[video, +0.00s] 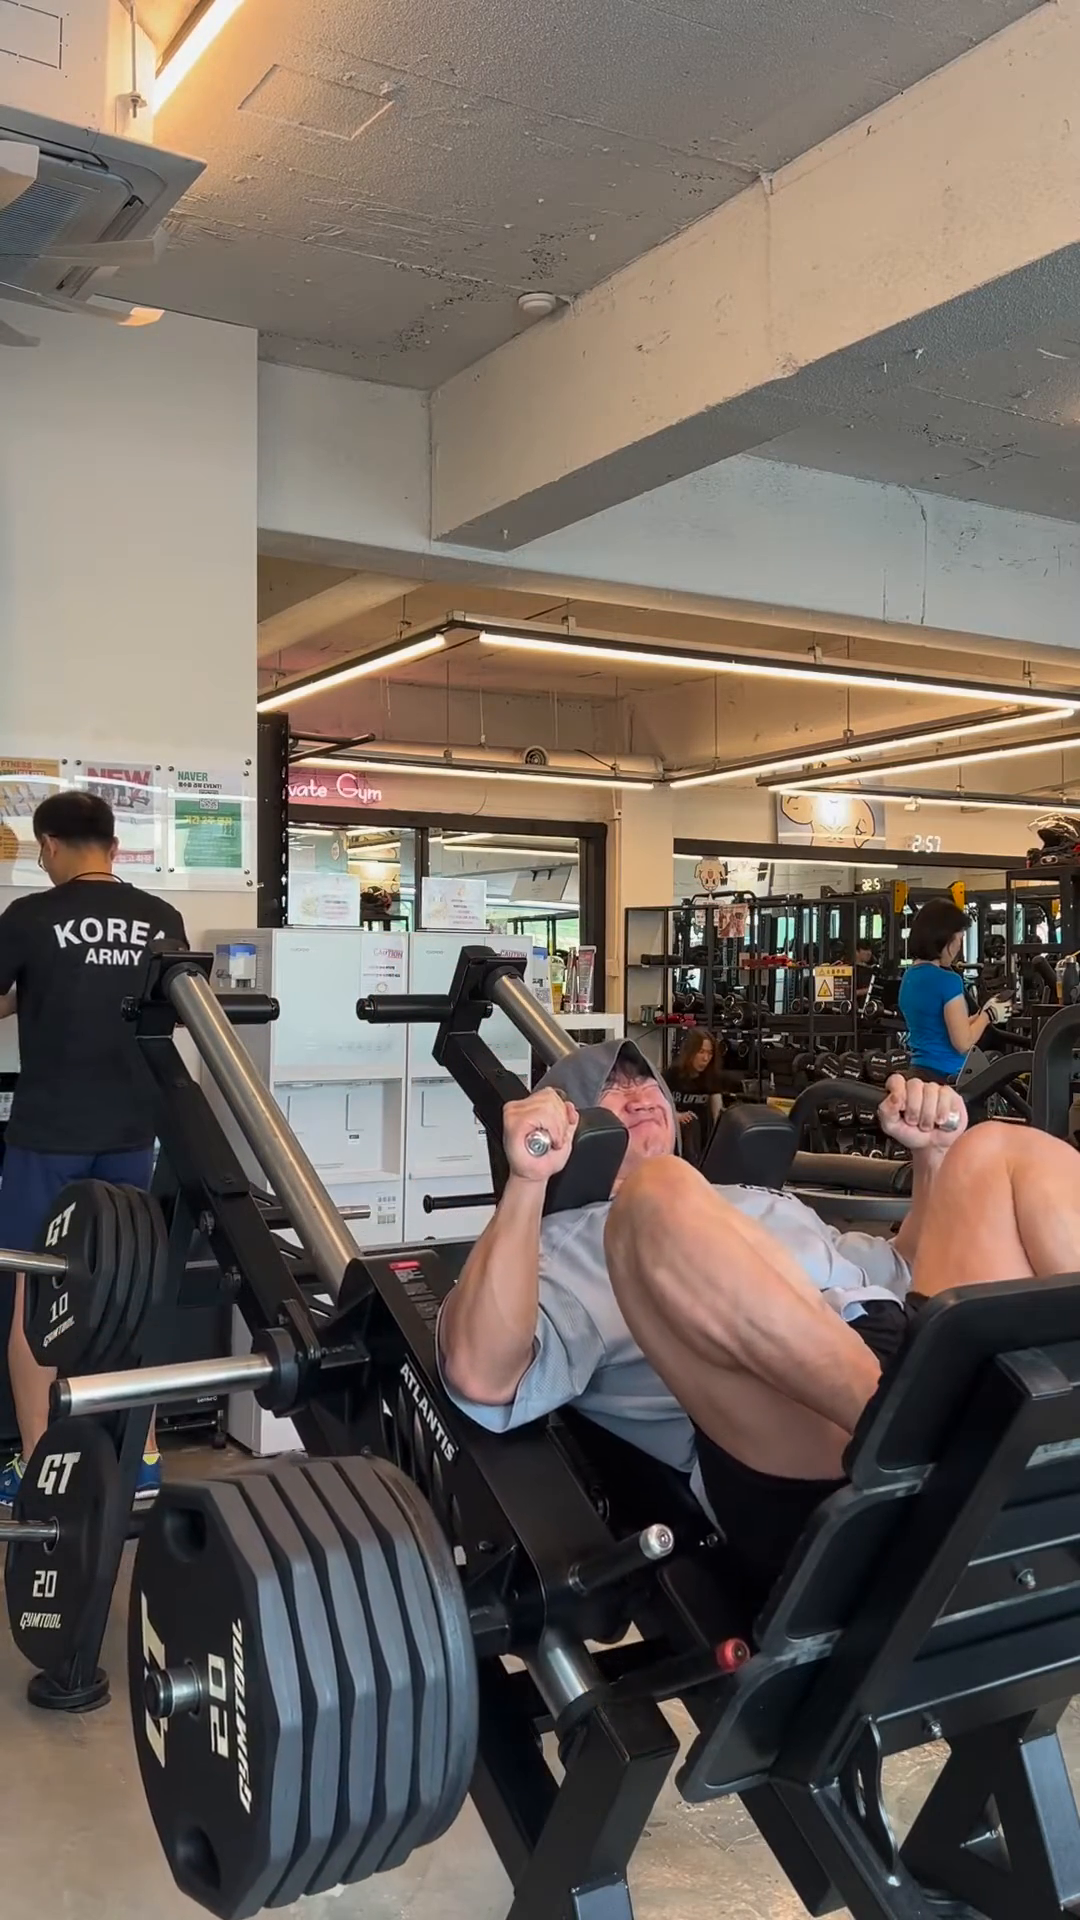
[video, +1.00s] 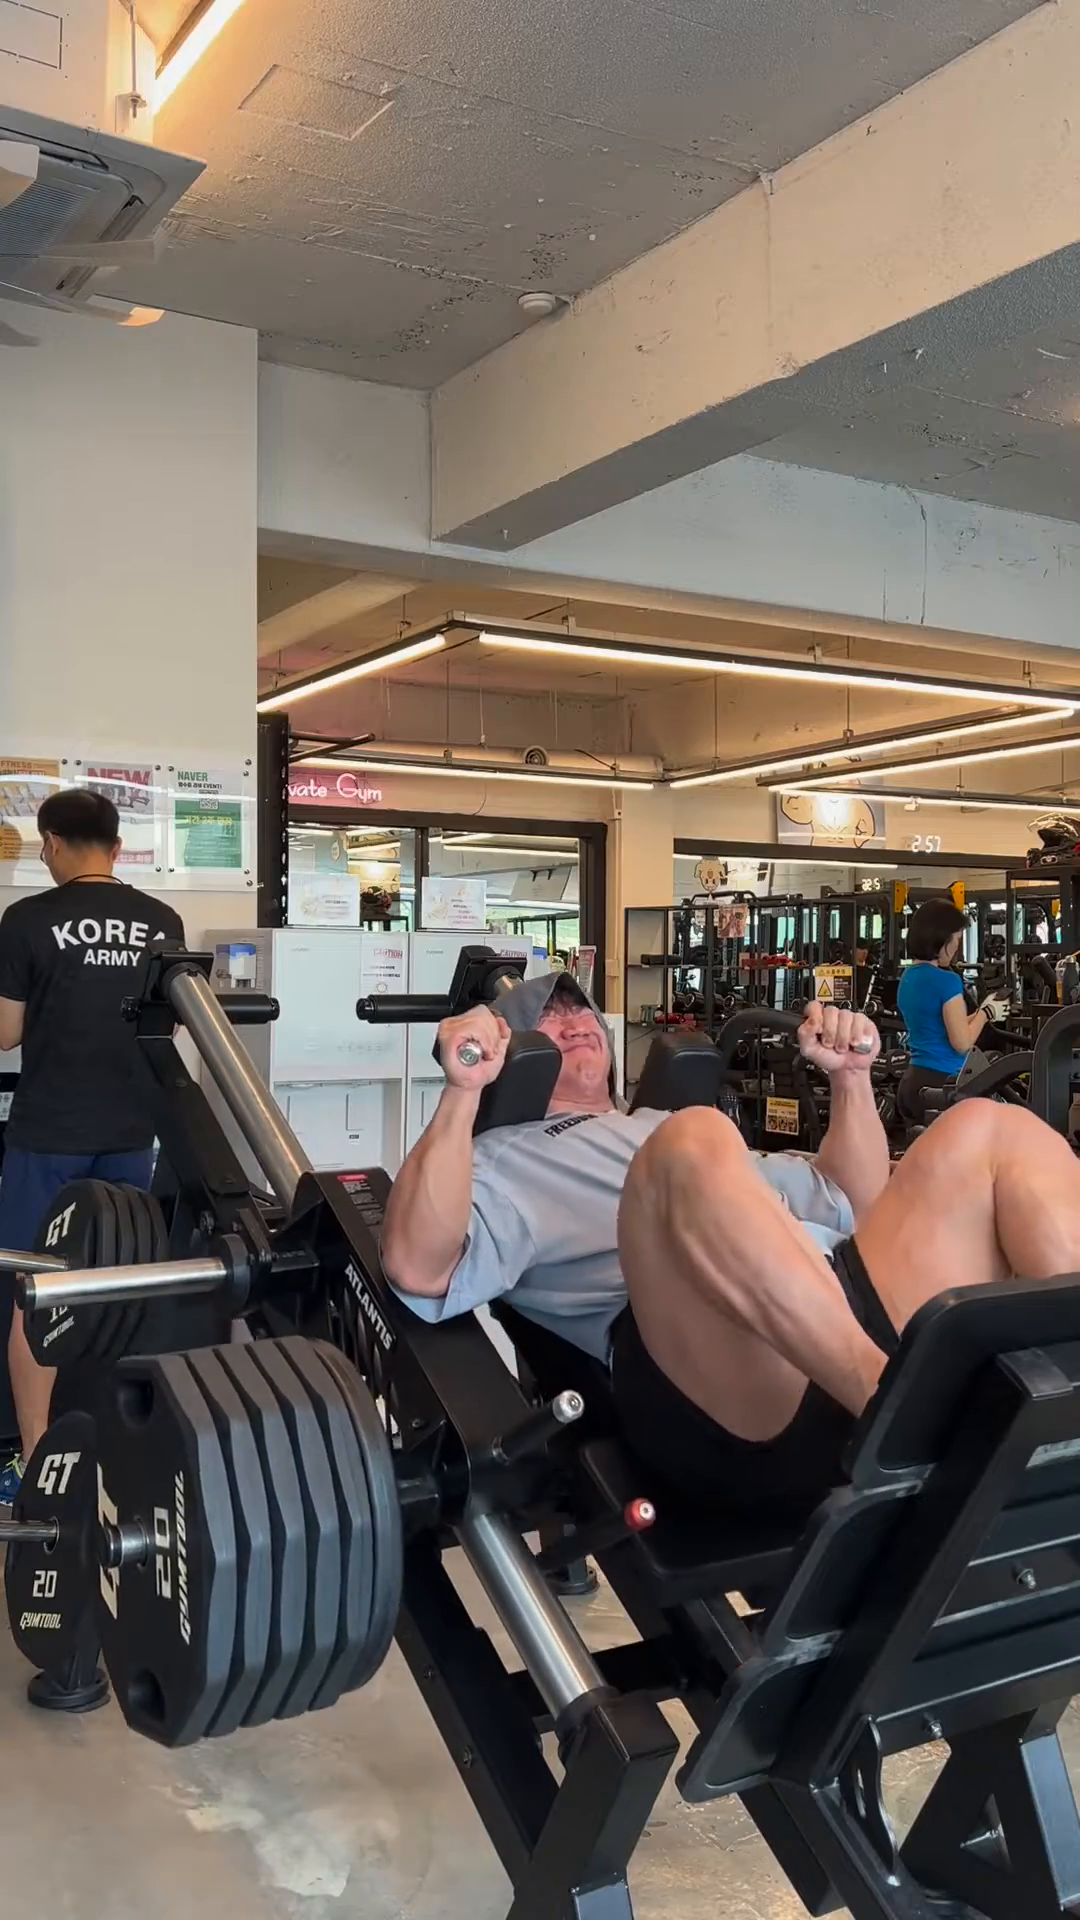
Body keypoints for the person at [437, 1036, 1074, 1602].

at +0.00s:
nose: (635, 1096)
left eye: (641, 1079)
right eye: (605, 1090)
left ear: (668, 1102)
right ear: (567, 1129)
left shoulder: (765, 1205)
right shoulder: (562, 1250)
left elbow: (910, 1280)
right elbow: (480, 1376)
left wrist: (932, 1163)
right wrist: (525, 1186)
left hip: (928, 1389)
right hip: (788, 1479)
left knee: (1002, 1150)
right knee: (655, 1192)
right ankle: (895, 1424)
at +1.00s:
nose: (578, 1024)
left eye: (585, 1011)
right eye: (550, 1014)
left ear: (607, 1044)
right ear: (503, 1054)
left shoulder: (666, 1131)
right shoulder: (504, 1166)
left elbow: (850, 1207)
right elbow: (417, 1270)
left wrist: (848, 1083)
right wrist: (464, 1092)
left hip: (864, 1381)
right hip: (713, 1430)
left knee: (990, 1133)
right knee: (692, 1138)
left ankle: (1071, 1380)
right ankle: (892, 1403)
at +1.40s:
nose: (536, 972)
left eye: (540, 962)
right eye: (514, 966)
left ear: (560, 989)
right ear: (476, 1004)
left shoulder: (635, 1071)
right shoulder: (458, 1102)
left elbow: (792, 1150)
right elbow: (372, 1195)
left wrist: (792, 1023)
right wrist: (414, 1028)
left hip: (797, 1279)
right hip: (650, 1331)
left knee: (986, 1142)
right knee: (676, 1154)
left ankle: (1075, 1373)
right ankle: (893, 1418)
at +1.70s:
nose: (496, 919)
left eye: (502, 913)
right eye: (472, 914)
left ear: (522, 945)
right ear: (433, 956)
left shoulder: (596, 1021)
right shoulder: (420, 1044)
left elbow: (741, 1090)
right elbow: (333, 1128)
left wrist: (738, 970)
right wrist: (371, 973)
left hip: (732, 1198)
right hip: (585, 1226)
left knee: (939, 1175)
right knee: (675, 1189)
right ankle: (896, 1424)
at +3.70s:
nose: (479, 906)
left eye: (489, 901)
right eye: (459, 902)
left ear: (512, 932)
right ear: (429, 938)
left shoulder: (588, 1003)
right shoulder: (410, 1025)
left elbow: (723, 1080)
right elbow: (321, 1112)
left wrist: (726, 959)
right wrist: (360, 962)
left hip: (707, 1170)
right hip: (568, 1187)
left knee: (908, 1215)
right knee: (691, 1238)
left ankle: (1075, 1360)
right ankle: (898, 1434)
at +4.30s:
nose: (516, 946)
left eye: (526, 938)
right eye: (493, 940)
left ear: (550, 969)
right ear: (454, 983)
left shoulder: (624, 1049)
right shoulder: (441, 1076)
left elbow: (773, 1135)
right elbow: (357, 1171)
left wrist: (772, 1004)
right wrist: (398, 1010)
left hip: (771, 1261)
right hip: (618, 1311)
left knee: (968, 1161)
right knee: (675, 1167)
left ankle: (1072, 1387)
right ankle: (900, 1427)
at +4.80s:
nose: (564, 997)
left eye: (572, 986)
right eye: (538, 985)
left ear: (592, 1024)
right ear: (486, 1025)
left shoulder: (672, 1108)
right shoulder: (484, 1144)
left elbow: (833, 1192)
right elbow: (401, 1245)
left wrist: (829, 1060)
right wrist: (447, 1067)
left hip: (837, 1342)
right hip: (686, 1404)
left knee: (997, 1146)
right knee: (678, 1157)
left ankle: (1065, 1393)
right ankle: (888, 1408)